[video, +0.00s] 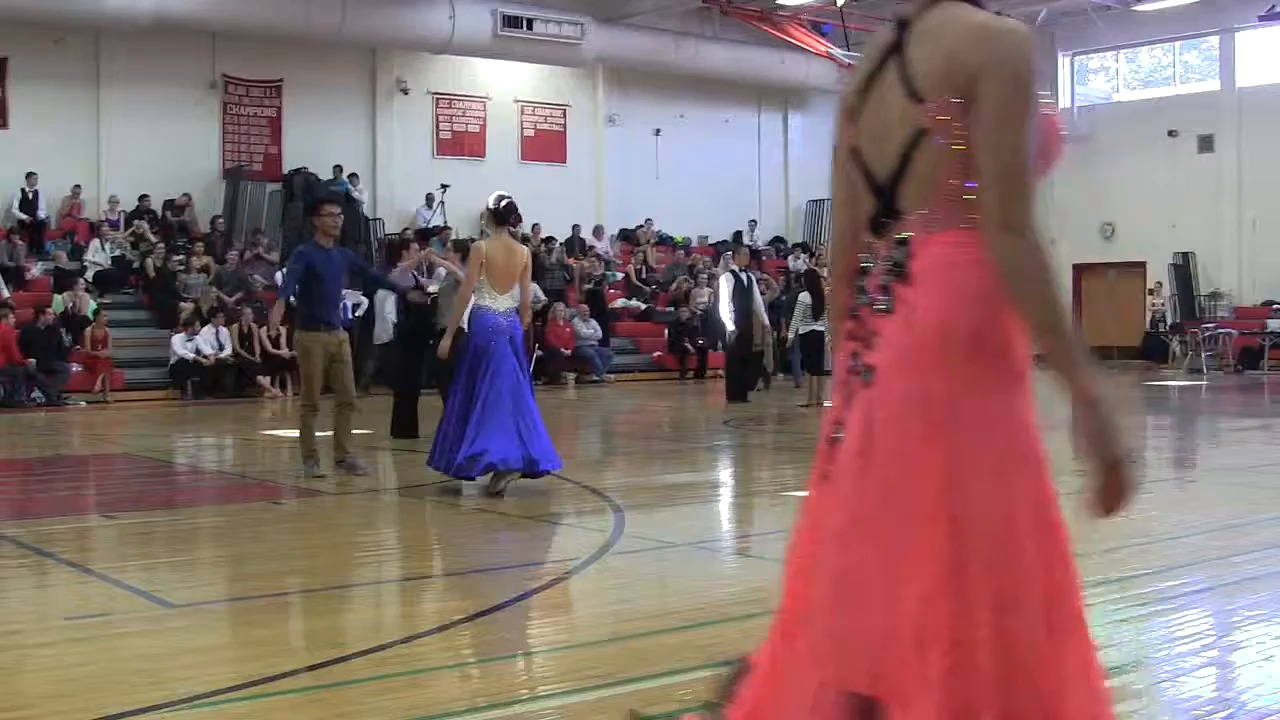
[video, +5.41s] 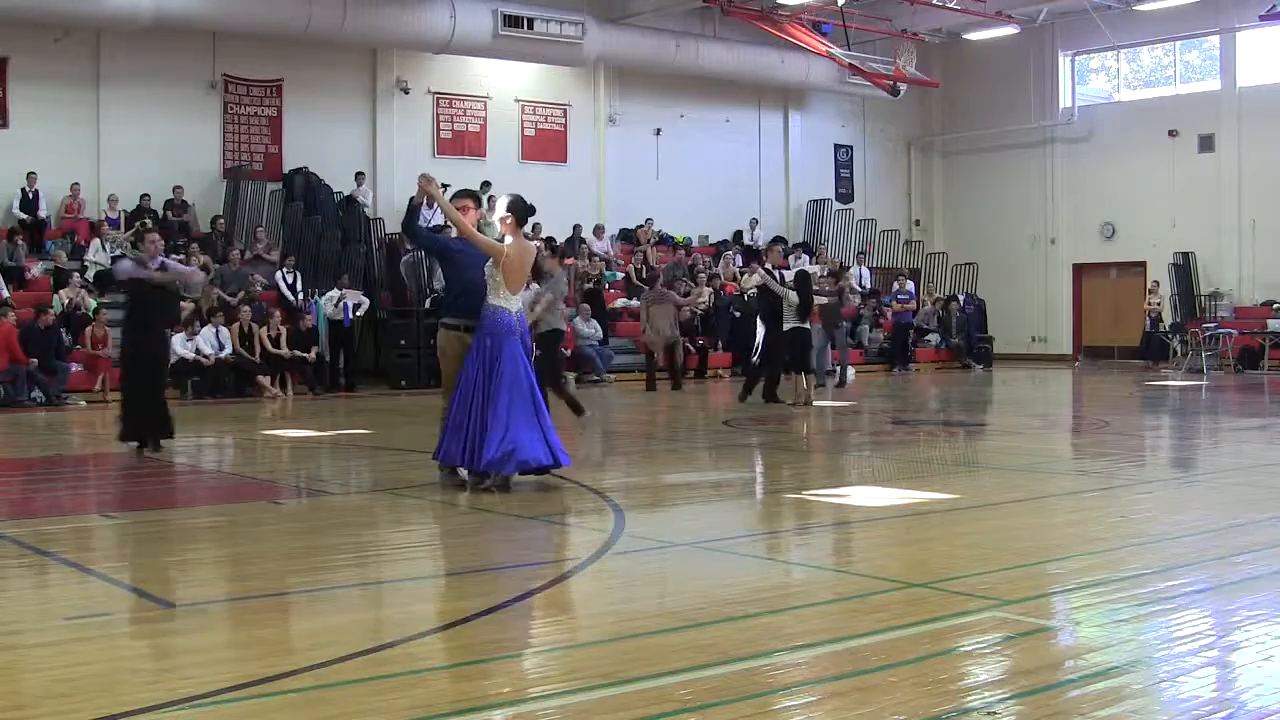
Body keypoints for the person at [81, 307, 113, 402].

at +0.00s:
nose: (105, 319)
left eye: (105, 316)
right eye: (103, 316)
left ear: (105, 318)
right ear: (96, 317)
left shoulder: (107, 331)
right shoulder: (89, 331)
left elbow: (109, 349)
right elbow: (87, 349)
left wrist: (103, 352)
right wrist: (99, 353)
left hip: (103, 356)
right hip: (92, 357)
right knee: (105, 367)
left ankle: (98, 382)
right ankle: (106, 393)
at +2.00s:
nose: (105, 318)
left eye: (106, 315)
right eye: (103, 315)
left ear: (106, 317)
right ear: (96, 317)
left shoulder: (107, 331)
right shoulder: (88, 330)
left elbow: (109, 349)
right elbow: (88, 350)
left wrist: (104, 352)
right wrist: (99, 353)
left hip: (103, 355)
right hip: (92, 356)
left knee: (103, 359)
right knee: (107, 364)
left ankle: (98, 382)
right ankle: (106, 394)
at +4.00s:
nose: (106, 317)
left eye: (106, 314)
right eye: (104, 315)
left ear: (105, 316)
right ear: (97, 316)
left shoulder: (107, 330)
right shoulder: (89, 330)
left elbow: (109, 349)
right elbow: (89, 350)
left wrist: (103, 352)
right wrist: (100, 353)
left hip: (103, 355)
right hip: (92, 356)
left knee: (104, 360)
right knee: (106, 365)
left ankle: (99, 382)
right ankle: (107, 393)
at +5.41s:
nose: (106, 316)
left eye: (106, 314)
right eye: (103, 314)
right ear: (96, 316)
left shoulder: (108, 330)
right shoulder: (89, 330)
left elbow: (109, 349)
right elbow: (89, 350)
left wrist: (104, 351)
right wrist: (100, 353)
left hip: (103, 355)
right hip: (92, 356)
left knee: (104, 360)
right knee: (105, 365)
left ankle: (98, 383)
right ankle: (106, 393)